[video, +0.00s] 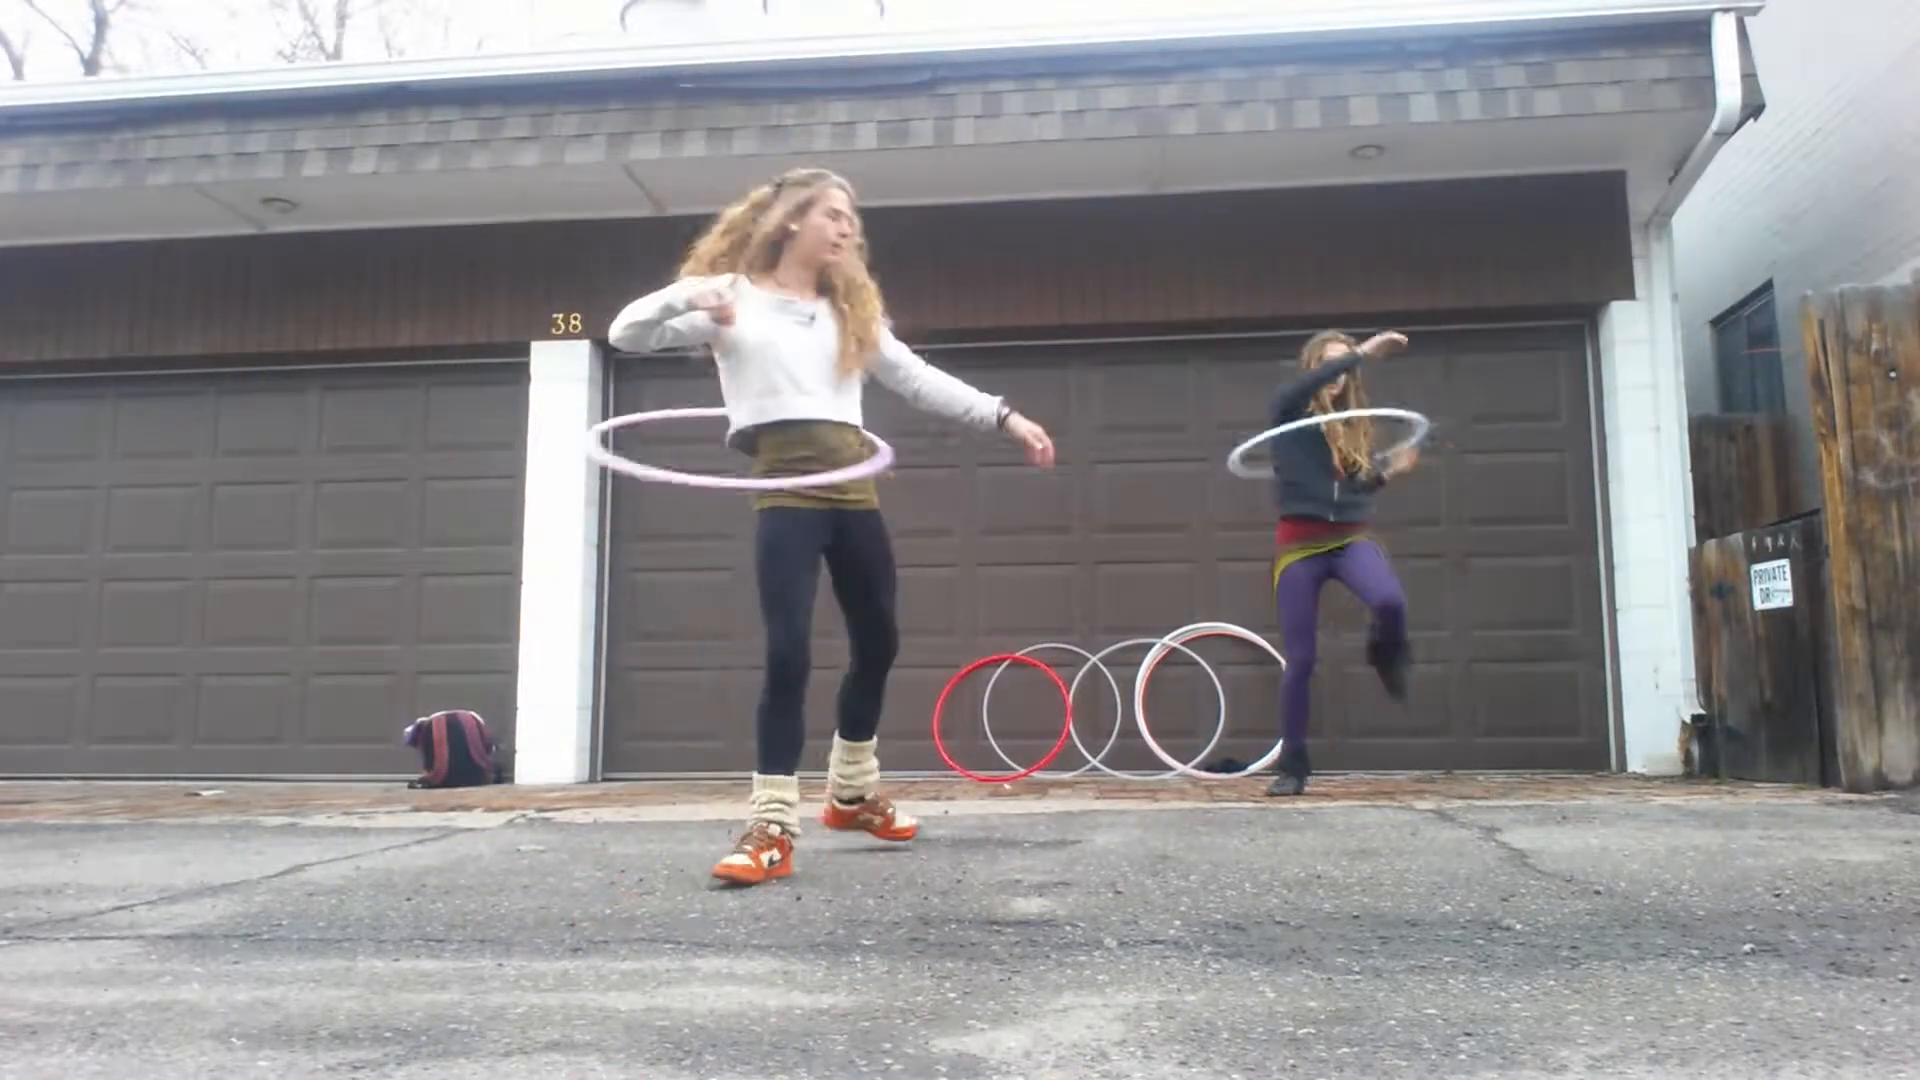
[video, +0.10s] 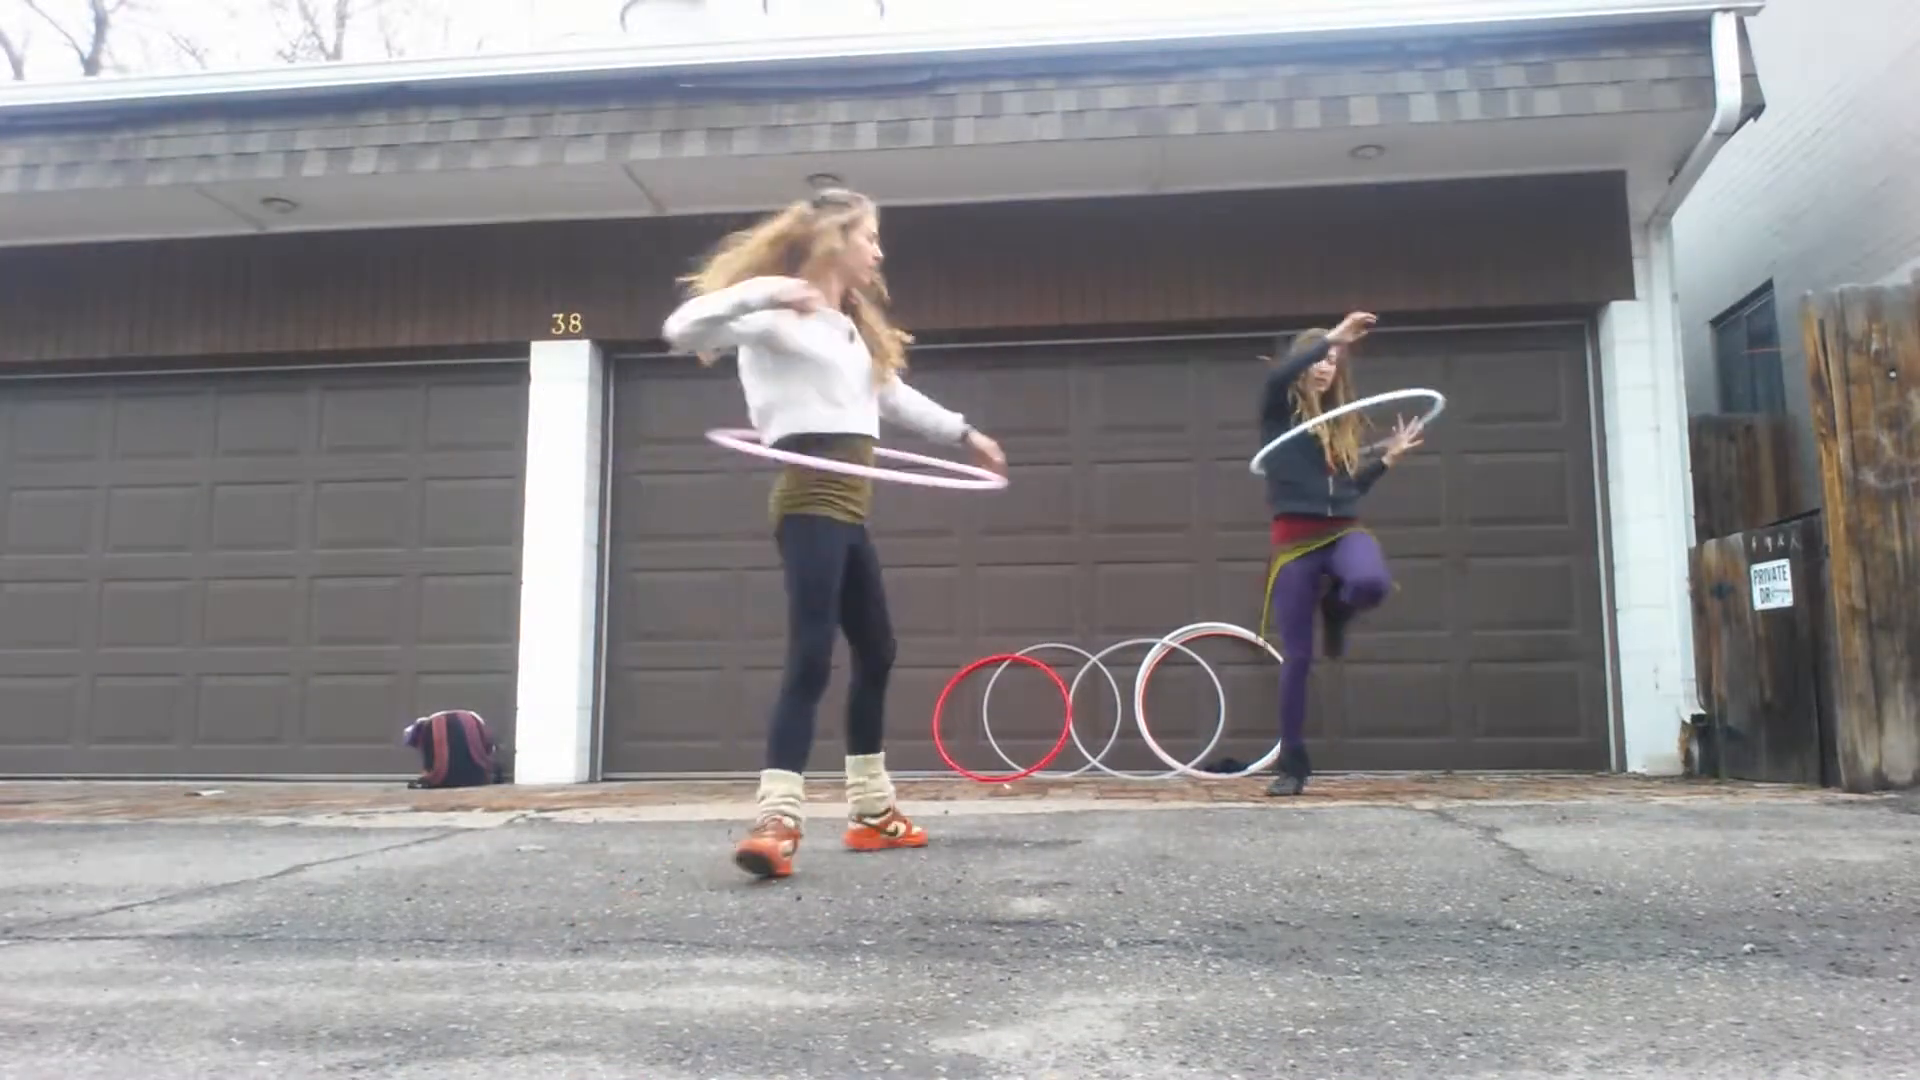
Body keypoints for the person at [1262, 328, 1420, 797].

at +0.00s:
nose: (1338, 378)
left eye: (1345, 369)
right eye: (1330, 368)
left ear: (1353, 376)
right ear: (1310, 370)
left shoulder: (1355, 424)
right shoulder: (1289, 415)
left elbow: (1355, 483)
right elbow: (1306, 386)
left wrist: (1385, 468)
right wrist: (1364, 351)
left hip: (1350, 540)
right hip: (1299, 546)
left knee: (1390, 599)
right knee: (1299, 660)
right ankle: (1293, 765)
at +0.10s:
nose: (1326, 369)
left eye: (1334, 362)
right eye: (1318, 360)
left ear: (1339, 372)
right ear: (1296, 366)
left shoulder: (1344, 419)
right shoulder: (1279, 410)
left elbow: (1353, 485)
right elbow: (1280, 376)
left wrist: (1387, 455)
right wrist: (1331, 339)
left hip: (1344, 532)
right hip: (1295, 538)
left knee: (1372, 585)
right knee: (1296, 656)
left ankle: (1335, 609)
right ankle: (1292, 763)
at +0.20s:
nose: (1315, 366)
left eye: (1322, 358)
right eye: (1307, 358)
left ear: (1332, 364)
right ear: (1291, 363)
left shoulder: (1344, 414)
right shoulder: (1268, 407)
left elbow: (1352, 484)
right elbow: (1234, 383)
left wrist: (1372, 447)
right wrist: (1282, 347)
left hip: (1340, 531)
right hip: (1288, 536)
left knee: (1373, 585)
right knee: (1292, 656)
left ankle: (1321, 625)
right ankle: (1289, 762)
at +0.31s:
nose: (1309, 369)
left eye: (1316, 361)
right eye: (1301, 360)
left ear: (1326, 367)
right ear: (1282, 364)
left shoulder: (1345, 409)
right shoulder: (1258, 408)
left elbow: (1360, 456)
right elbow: (1198, 426)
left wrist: (1306, 465)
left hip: (1338, 539)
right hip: (1285, 545)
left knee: (1382, 605)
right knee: (1289, 657)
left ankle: (1338, 666)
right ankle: (1292, 764)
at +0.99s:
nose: (1367, 370)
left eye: (1373, 360)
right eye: (1355, 362)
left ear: (1382, 366)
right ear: (1338, 369)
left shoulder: (1398, 413)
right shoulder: (1326, 414)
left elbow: (1409, 488)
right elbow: (1323, 388)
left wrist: (1438, 541)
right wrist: (1379, 344)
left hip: (1412, 539)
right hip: (1357, 542)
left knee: (1429, 649)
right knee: (1338, 658)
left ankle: (1430, 767)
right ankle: (1298, 758)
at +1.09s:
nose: (1387, 370)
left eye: (1394, 361)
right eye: (1378, 361)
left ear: (1403, 367)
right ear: (1360, 368)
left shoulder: (1418, 416)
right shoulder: (1343, 415)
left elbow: (1445, 465)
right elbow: (1306, 408)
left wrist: (1456, 501)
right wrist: (1338, 364)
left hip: (1431, 541)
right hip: (1373, 543)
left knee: (1440, 651)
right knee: (1373, 655)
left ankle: (1432, 769)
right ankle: (1335, 752)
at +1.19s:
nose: (1404, 371)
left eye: (1412, 363)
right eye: (1395, 362)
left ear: (1422, 367)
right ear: (1377, 365)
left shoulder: (1431, 410)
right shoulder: (1357, 407)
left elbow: (1450, 455)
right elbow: (1299, 447)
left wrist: (1396, 452)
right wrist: (1293, 427)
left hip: (1443, 542)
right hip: (1387, 542)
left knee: (1448, 653)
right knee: (1412, 636)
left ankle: (1435, 770)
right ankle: (1386, 753)